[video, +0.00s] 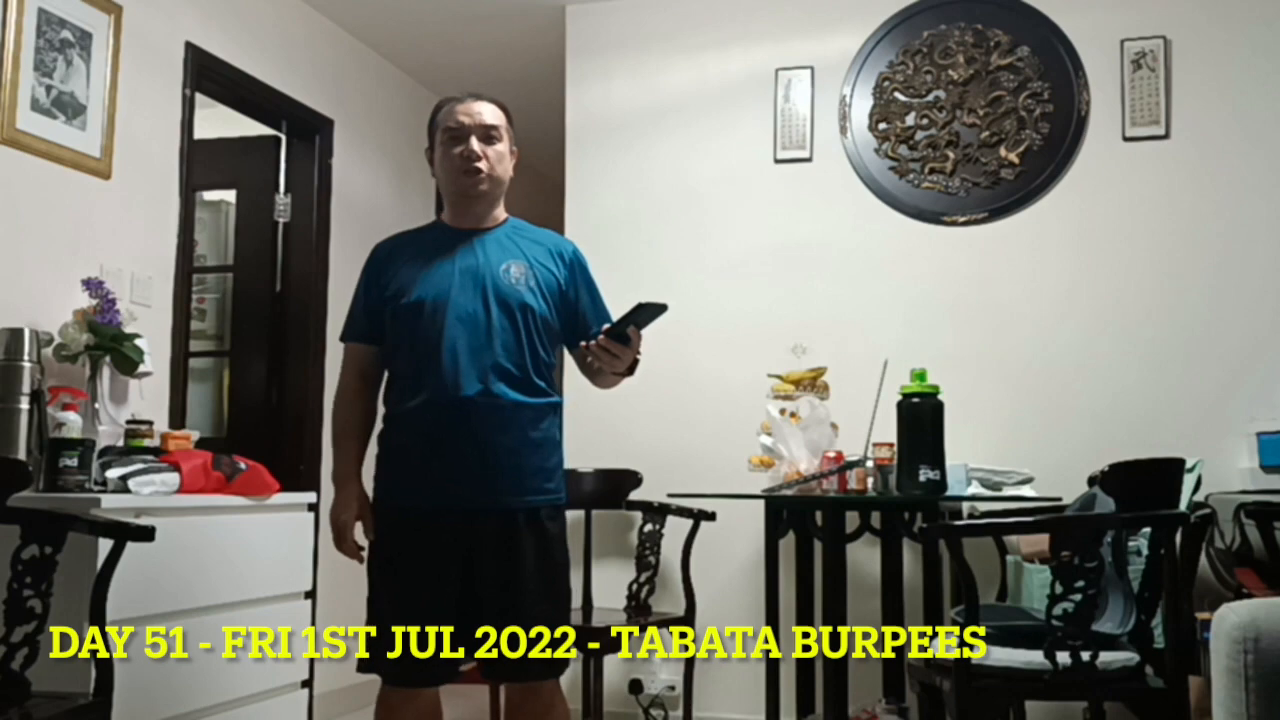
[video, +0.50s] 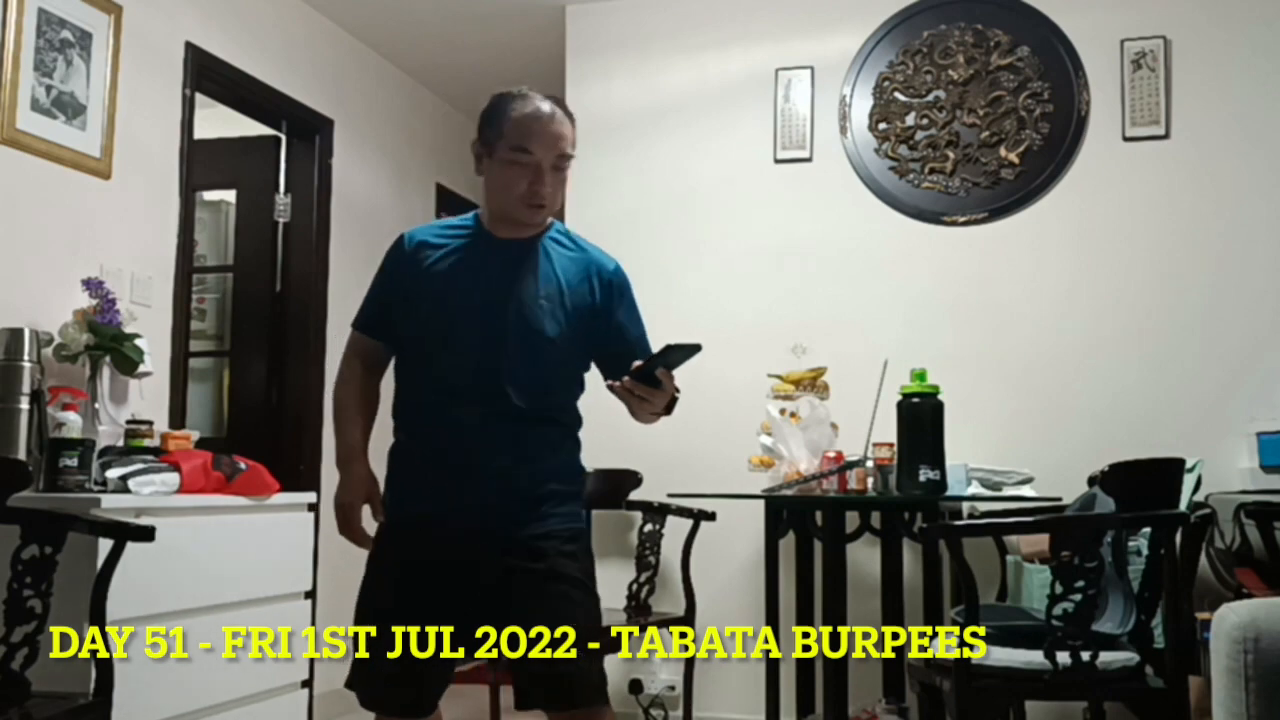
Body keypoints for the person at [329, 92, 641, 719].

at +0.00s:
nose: (472, 147)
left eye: (488, 136)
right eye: (455, 137)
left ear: (513, 160)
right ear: (432, 159)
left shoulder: (557, 255)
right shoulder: (392, 258)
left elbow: (600, 364)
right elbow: (358, 380)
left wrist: (617, 363)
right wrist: (346, 483)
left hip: (523, 501)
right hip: (415, 500)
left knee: (533, 683)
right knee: (407, 685)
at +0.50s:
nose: (543, 185)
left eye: (559, 167)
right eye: (523, 163)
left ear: (571, 171)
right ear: (481, 158)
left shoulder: (594, 274)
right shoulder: (416, 256)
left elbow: (638, 390)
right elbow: (362, 364)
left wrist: (653, 400)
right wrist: (352, 466)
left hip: (543, 521)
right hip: (428, 512)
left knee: (577, 700)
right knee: (398, 701)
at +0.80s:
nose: (701, 239)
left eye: (723, 219)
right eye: (682, 209)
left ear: (738, 214)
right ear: (633, 186)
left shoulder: (732, 331)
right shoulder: (542, 252)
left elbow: (777, 454)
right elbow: (464, 355)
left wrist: (776, 501)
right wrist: (447, 490)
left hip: (637, 540)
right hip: (511, 525)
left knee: (661, 707)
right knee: (460, 705)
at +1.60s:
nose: (664, 256)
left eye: (692, 236)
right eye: (643, 225)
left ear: (710, 244)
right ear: (607, 219)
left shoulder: (714, 362)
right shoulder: (532, 285)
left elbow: (767, 506)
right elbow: (463, 383)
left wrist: (777, 632)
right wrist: (441, 504)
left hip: (633, 562)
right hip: (510, 547)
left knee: (658, 709)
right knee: (485, 711)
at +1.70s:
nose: (605, 215)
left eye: (629, 195)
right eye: (587, 189)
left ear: (651, 206)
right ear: (554, 189)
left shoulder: (671, 328)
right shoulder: (492, 279)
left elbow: (719, 474)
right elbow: (436, 394)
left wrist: (722, 593)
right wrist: (420, 511)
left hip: (610, 542)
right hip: (493, 533)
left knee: (630, 703)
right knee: (471, 705)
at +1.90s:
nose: (510, 162)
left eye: (530, 147)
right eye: (492, 146)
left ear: (559, 165)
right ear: (469, 162)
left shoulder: (596, 271)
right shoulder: (423, 263)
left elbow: (636, 404)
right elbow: (382, 385)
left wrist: (647, 519)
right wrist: (370, 497)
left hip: (561, 522)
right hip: (451, 522)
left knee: (587, 691)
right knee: (448, 692)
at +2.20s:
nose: (458, 227)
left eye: (477, 205)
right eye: (439, 207)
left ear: (515, 194)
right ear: (419, 202)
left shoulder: (562, 288)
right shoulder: (392, 289)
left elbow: (592, 418)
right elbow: (362, 409)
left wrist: (586, 531)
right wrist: (353, 519)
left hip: (538, 527)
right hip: (437, 527)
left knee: (543, 689)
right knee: (453, 688)